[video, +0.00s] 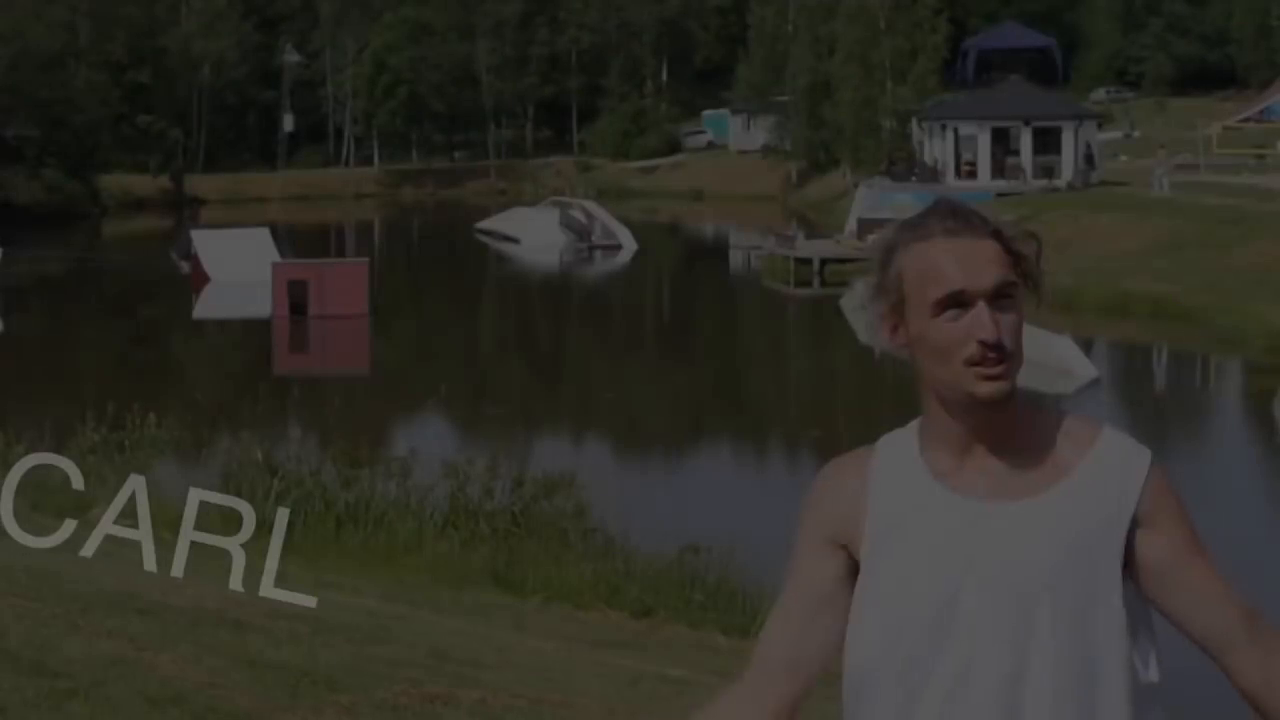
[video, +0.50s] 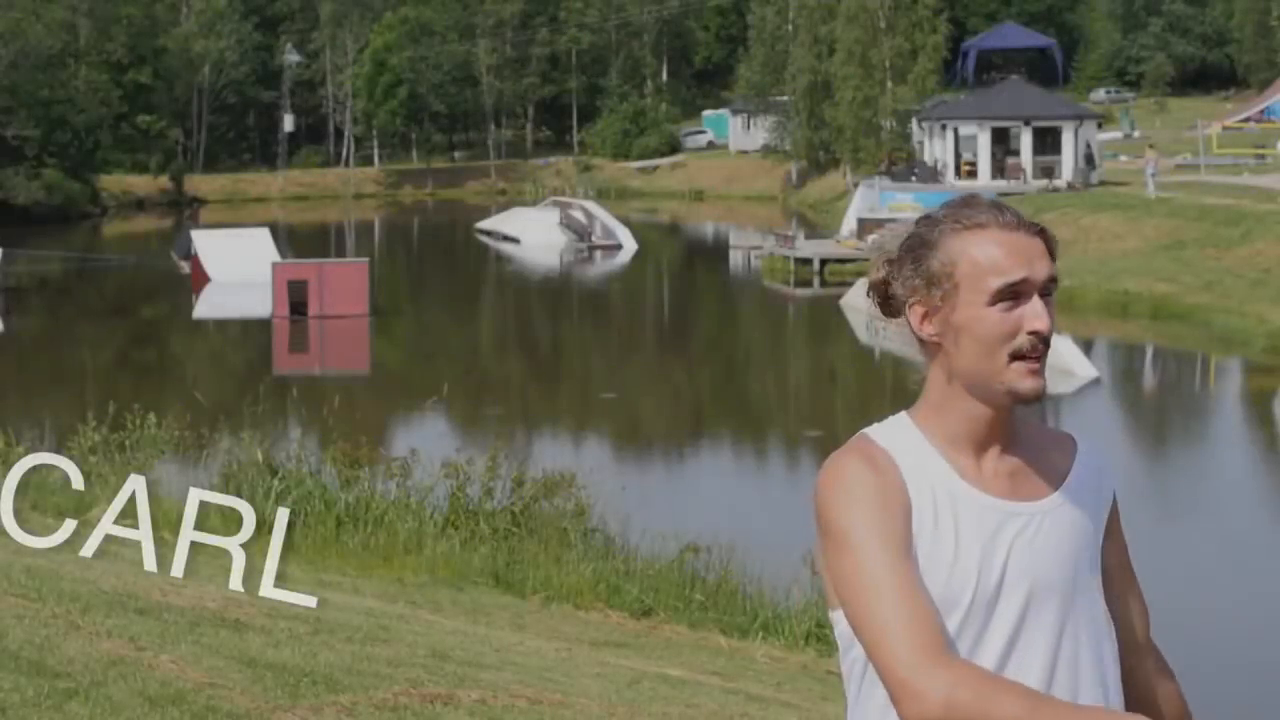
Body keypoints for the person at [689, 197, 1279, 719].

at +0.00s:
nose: (991, 329)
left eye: (1004, 300)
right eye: (954, 307)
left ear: (1024, 307)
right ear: (898, 331)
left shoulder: (1120, 476)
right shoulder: (851, 493)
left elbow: (1246, 646)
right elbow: (763, 695)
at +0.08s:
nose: (991, 329)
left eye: (1003, 299)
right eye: (955, 308)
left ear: (1024, 308)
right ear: (898, 330)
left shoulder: (1121, 476)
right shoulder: (854, 495)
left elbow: (1236, 656)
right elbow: (767, 690)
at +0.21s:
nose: (991, 330)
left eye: (1003, 297)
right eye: (954, 308)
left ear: (1024, 306)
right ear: (898, 331)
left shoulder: (1111, 471)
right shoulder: (859, 482)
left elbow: (1215, 665)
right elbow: (804, 690)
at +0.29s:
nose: (1001, 324)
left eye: (1011, 294)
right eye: (964, 301)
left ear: (1029, 302)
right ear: (900, 326)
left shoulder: (1102, 469)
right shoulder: (860, 477)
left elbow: (1196, 668)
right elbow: (869, 687)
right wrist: (1077, 717)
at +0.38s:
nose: (1017, 320)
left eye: (1025, 292)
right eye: (982, 298)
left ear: (1039, 297)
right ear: (910, 323)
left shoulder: (1094, 470)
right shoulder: (859, 478)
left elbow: (1175, 662)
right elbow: (914, 686)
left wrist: (1215, 712)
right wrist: (1149, 705)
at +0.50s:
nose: (1043, 322)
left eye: (1047, 295)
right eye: (1010, 298)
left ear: (1055, 297)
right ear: (929, 319)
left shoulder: (1079, 465)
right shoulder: (863, 476)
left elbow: (1139, 657)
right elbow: (929, 691)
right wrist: (1118, 718)